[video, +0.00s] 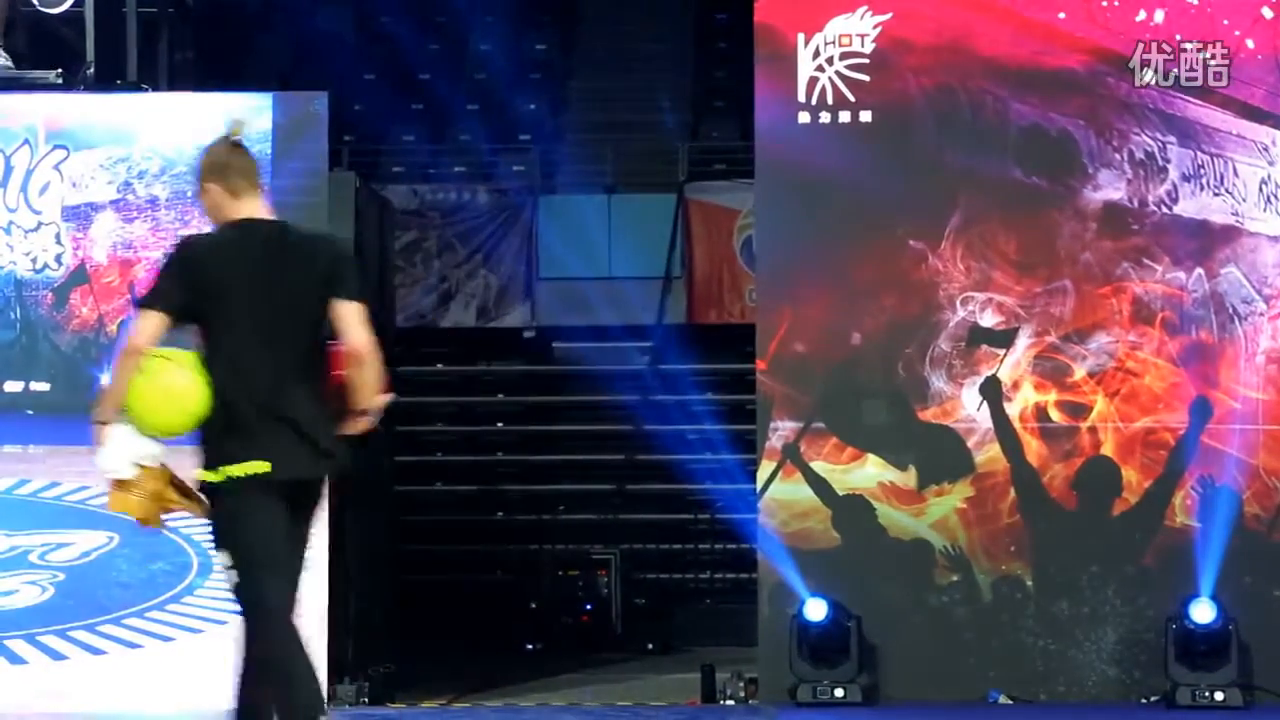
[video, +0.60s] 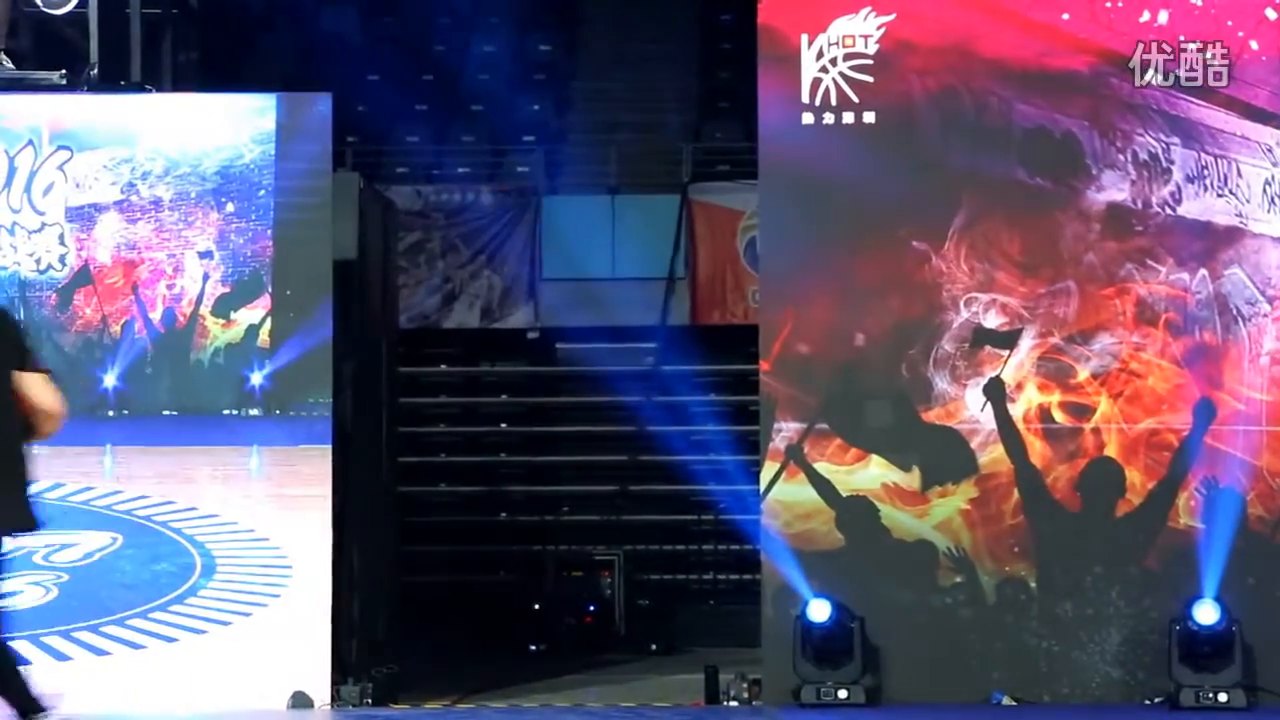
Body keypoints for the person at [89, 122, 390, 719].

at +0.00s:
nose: (204, 206)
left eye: (203, 195)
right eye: (203, 195)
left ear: (212, 191)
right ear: (261, 186)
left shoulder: (199, 254)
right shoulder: (322, 251)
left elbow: (139, 343)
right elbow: (357, 342)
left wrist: (109, 407)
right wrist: (366, 406)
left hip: (237, 451)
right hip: (308, 450)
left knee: (265, 601)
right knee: (270, 600)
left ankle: (307, 710)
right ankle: (254, 711)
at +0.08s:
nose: (165, 216)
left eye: (165, 206)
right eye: (168, 206)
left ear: (174, 206)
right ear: (223, 203)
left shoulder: (151, 272)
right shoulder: (281, 272)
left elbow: (85, 355)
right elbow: (326, 380)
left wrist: (64, 424)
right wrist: (309, 428)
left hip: (190, 464)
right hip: (261, 462)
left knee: (215, 613)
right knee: (229, 616)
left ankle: (278, 705)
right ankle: (207, 716)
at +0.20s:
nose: (106, 259)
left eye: (106, 250)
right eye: (107, 250)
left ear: (114, 249)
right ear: (162, 245)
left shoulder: (102, 308)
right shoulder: (216, 314)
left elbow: (32, 387)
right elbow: (259, 418)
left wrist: (19, 445)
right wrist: (210, 422)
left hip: (122, 510)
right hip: (196, 507)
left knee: (120, 649)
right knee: (178, 637)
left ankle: (180, 705)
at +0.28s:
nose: (57, 250)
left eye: (58, 240)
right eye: (58, 240)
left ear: (70, 236)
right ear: (108, 233)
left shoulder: (62, 300)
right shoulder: (168, 298)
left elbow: (4, 374)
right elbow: (205, 401)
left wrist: (16, 466)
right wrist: (150, 391)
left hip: (87, 501)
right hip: (159, 502)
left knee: (62, 631)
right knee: (157, 644)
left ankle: (105, 715)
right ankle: (171, 716)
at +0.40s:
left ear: (2, 222)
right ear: (30, 213)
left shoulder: (9, 284)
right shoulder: (95, 276)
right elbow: (138, 374)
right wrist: (69, 377)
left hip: (24, 478)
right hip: (97, 471)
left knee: (17, 616)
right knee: (110, 602)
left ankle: (13, 709)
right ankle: (153, 708)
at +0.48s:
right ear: (11, 238)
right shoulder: (53, 293)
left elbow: (99, 384)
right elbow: (101, 385)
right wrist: (58, 419)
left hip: (7, 488)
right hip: (59, 481)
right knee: (60, 604)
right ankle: (128, 697)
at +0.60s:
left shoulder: (7, 326)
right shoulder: (5, 326)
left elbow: (46, 405)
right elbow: (47, 404)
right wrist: (22, 429)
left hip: (5, 503)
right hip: (4, 502)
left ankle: (27, 705)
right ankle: (26, 705)